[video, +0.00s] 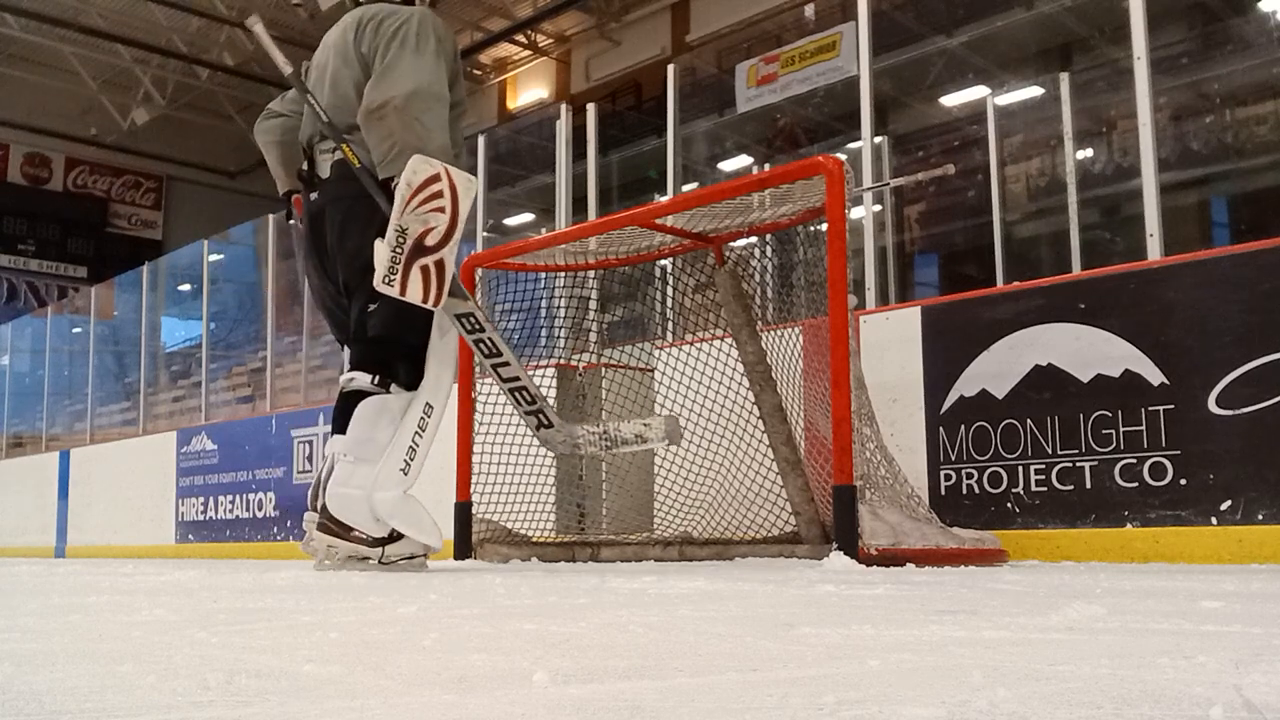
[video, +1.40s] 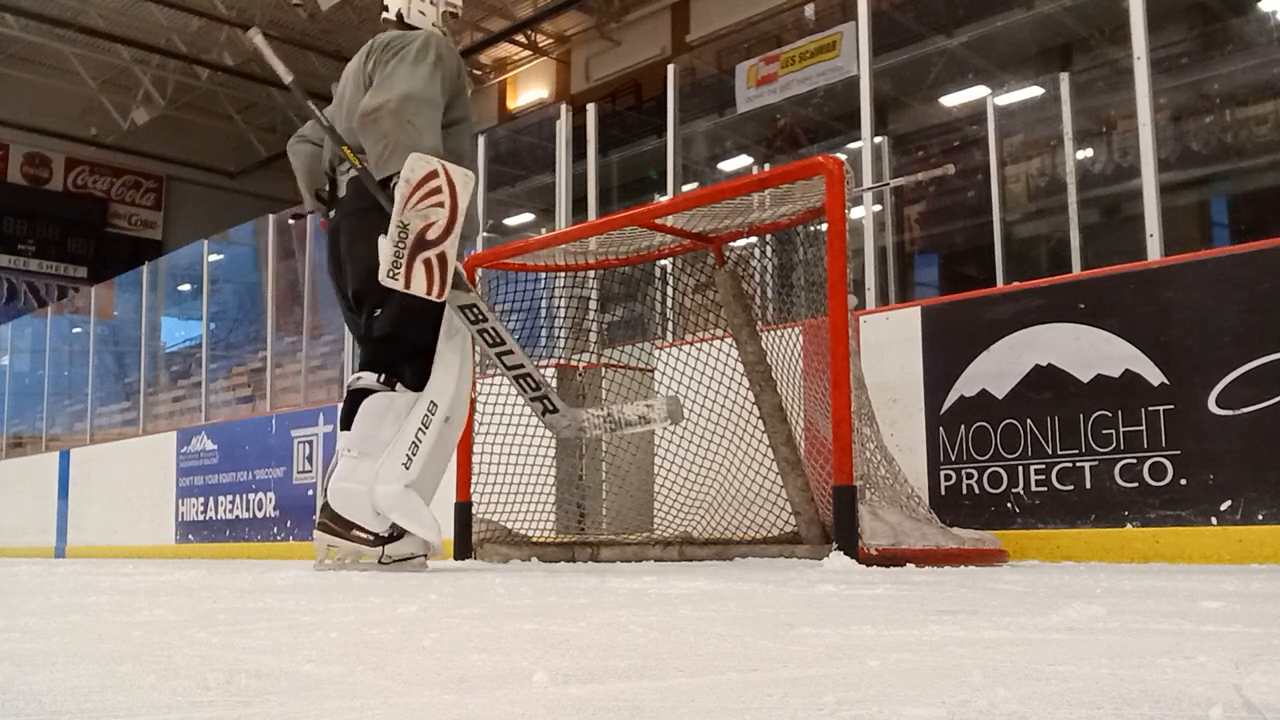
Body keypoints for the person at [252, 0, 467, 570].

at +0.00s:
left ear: (359, 5)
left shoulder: (325, 59)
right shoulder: (411, 24)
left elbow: (273, 125)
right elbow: (399, 115)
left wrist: (298, 188)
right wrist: (433, 215)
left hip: (322, 217)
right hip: (371, 205)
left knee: (366, 354)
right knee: (399, 352)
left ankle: (335, 505)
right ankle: (354, 507)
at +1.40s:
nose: (452, 16)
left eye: (451, 11)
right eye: (448, 10)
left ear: (392, 17)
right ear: (428, 13)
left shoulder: (358, 76)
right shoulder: (421, 45)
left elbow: (308, 142)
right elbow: (395, 117)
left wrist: (331, 199)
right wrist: (432, 219)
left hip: (353, 229)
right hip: (398, 223)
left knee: (383, 371)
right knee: (436, 373)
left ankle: (355, 513)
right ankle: (366, 507)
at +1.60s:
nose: (463, 38)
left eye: (465, 31)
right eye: (455, 27)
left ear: (417, 26)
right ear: (427, 22)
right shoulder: (423, 56)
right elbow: (383, 126)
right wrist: (416, 234)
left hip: (377, 236)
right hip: (395, 230)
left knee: (395, 374)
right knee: (423, 373)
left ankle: (368, 510)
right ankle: (371, 504)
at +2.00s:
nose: (501, 55)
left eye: (505, 48)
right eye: (492, 44)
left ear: (502, 55)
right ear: (462, 43)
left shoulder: (476, 108)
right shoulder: (442, 79)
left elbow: (461, 194)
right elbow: (385, 144)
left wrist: (491, 255)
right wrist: (382, 241)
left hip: (449, 259)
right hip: (439, 255)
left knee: (430, 389)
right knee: (469, 382)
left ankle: (395, 513)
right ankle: (445, 514)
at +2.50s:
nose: (525, 32)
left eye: (535, 24)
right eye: (515, 23)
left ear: (548, 35)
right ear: (499, 31)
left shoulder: (549, 110)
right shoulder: (478, 77)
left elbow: (540, 192)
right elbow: (428, 148)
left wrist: (541, 260)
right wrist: (409, 236)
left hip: (525, 267)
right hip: (469, 257)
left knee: (510, 397)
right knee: (492, 396)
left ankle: (458, 525)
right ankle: (474, 526)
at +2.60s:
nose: (533, 29)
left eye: (542, 22)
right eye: (522, 19)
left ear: (553, 34)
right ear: (503, 28)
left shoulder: (565, 113)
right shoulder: (483, 73)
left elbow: (562, 190)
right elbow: (438, 139)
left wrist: (553, 246)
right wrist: (422, 218)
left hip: (545, 268)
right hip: (482, 255)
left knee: (542, 396)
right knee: (501, 390)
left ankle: (519, 527)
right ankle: (480, 524)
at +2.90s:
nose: (554, 13)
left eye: (563, 7)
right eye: (540, 6)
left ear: (578, 20)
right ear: (518, 18)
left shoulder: (603, 108)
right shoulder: (498, 70)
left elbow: (591, 208)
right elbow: (455, 154)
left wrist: (622, 256)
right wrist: (438, 239)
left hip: (585, 274)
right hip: (510, 261)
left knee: (617, 391)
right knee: (527, 398)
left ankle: (606, 521)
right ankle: (524, 529)